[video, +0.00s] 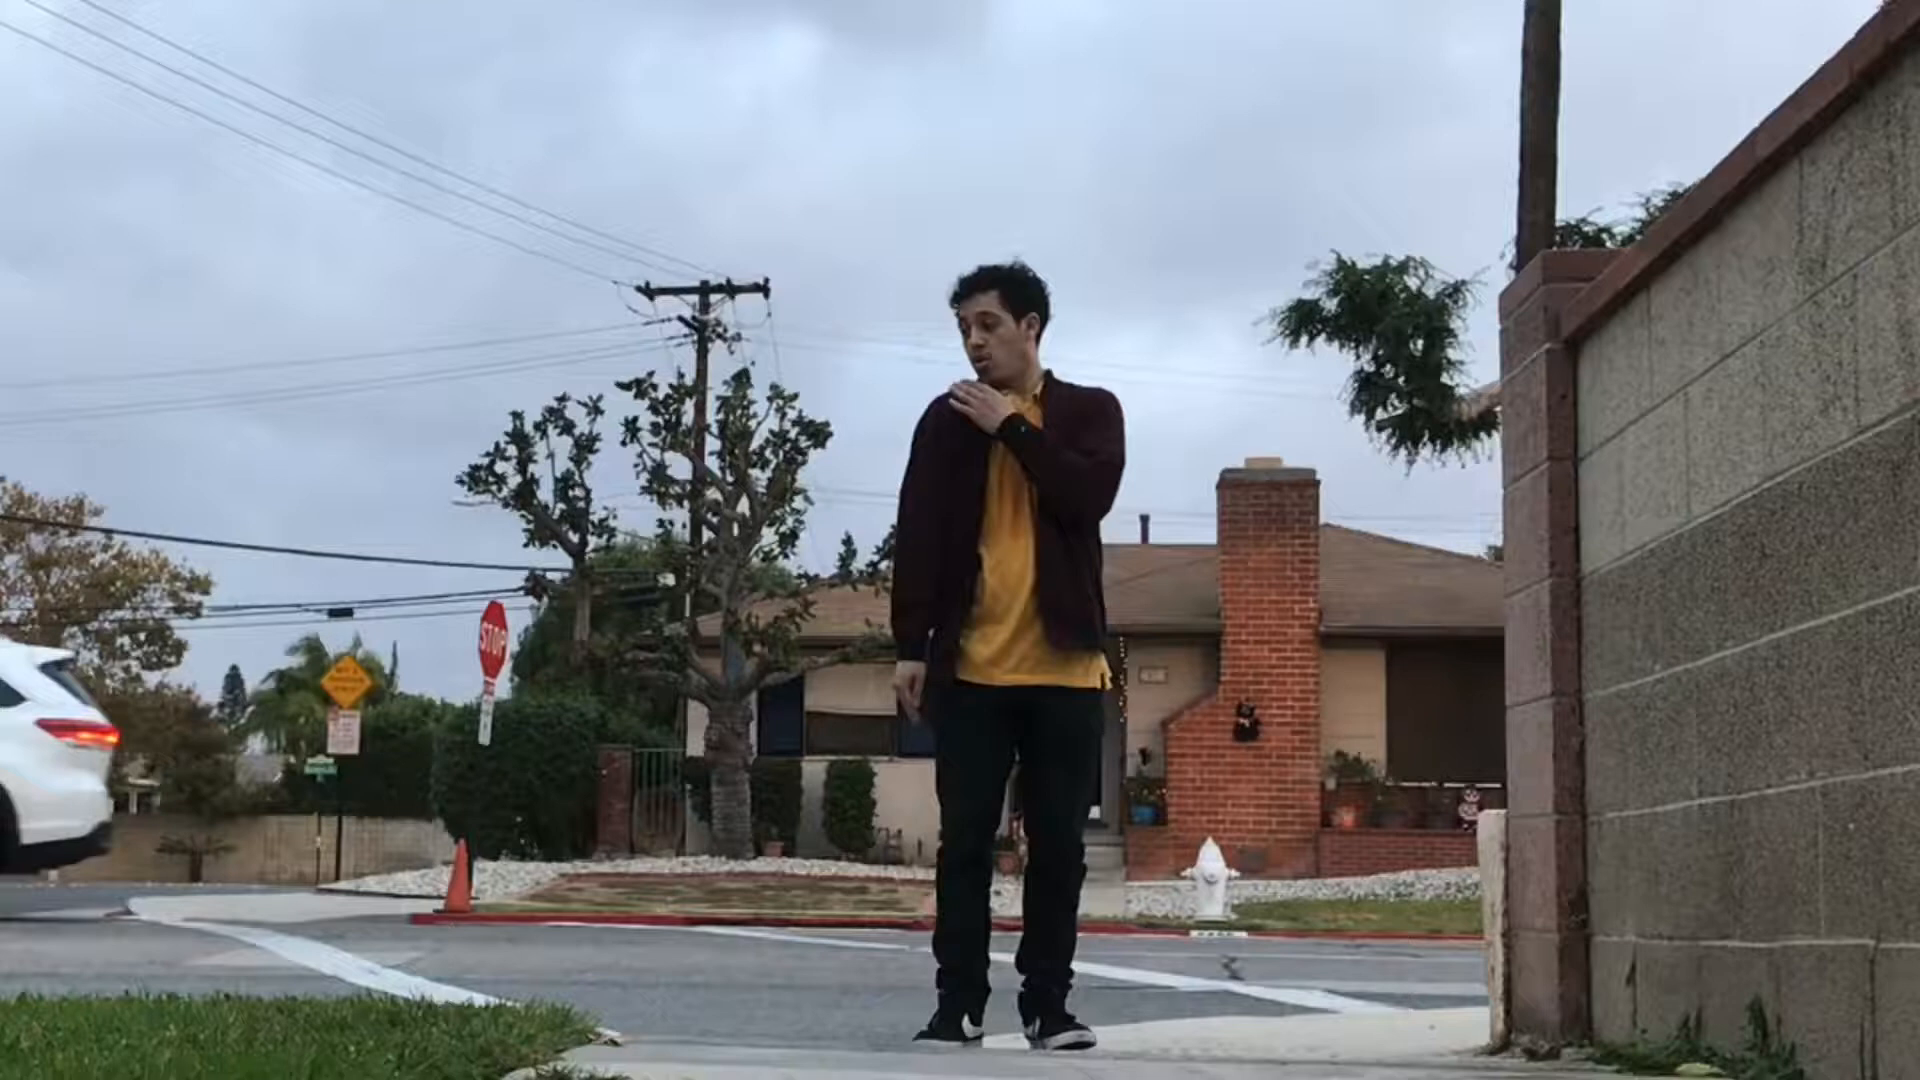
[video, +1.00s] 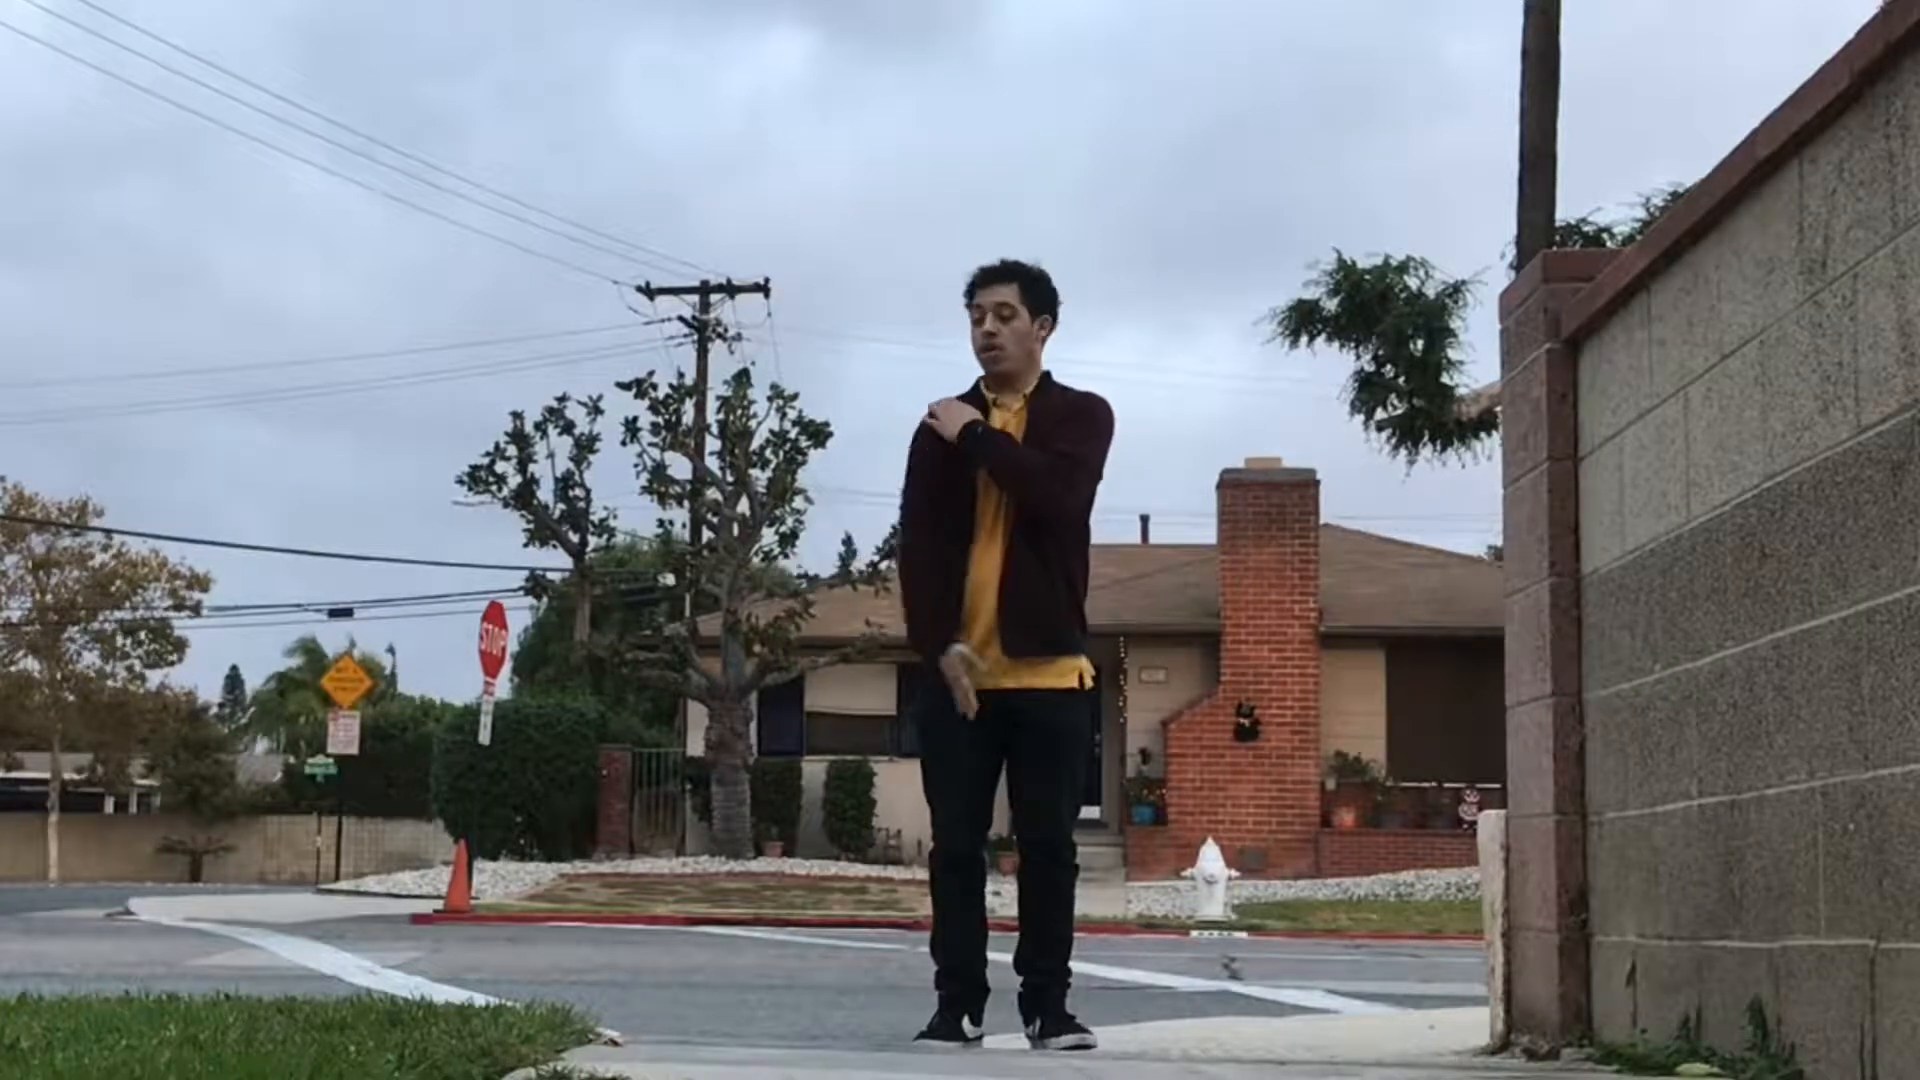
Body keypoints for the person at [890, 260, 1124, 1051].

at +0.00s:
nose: (974, 341)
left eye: (988, 325)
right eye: (966, 329)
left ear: (1032, 325)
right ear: (962, 338)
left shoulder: (1090, 410)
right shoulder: (947, 418)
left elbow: (1088, 497)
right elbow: (918, 534)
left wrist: (1010, 425)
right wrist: (912, 647)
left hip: (1066, 670)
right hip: (970, 667)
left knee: (1058, 847)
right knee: (965, 844)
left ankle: (1048, 1007)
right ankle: (959, 1005)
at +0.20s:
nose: (972, 338)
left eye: (985, 322)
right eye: (963, 326)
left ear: (1032, 325)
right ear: (960, 336)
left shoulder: (1083, 410)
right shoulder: (940, 413)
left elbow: (1062, 492)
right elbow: (909, 527)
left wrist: (981, 418)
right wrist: (895, 635)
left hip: (1056, 669)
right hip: (961, 666)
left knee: (1054, 846)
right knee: (961, 845)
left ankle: (1046, 1006)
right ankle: (958, 1005)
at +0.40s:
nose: (968, 336)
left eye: (982, 320)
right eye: (960, 324)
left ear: (1028, 327)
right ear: (956, 335)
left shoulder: (1080, 412)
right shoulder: (934, 428)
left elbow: (1057, 491)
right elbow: (882, 528)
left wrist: (973, 430)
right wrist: (886, 627)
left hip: (1051, 673)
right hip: (955, 674)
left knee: (1050, 847)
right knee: (957, 847)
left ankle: (1045, 1006)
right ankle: (958, 1007)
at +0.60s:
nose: (963, 335)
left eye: (978, 319)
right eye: (956, 324)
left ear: (1023, 325)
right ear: (952, 337)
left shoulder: (1075, 414)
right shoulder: (930, 426)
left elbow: (1056, 493)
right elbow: (861, 508)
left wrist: (968, 435)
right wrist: (800, 587)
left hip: (1052, 674)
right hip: (957, 675)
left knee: (1051, 848)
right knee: (957, 848)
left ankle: (1046, 1007)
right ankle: (957, 1007)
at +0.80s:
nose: (969, 332)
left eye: (984, 317)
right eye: (961, 322)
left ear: (1028, 325)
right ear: (957, 336)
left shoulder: (1078, 414)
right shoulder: (935, 427)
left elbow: (1056, 492)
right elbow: (869, 509)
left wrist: (972, 431)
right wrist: (796, 574)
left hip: (1050, 674)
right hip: (955, 674)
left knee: (1049, 848)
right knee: (956, 848)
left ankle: (1046, 1006)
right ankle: (957, 1008)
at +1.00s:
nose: (988, 328)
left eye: (1004, 315)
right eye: (978, 317)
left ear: (1043, 327)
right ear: (969, 331)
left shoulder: (1083, 414)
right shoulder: (943, 425)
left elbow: (1060, 496)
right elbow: (920, 545)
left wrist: (973, 432)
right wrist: (937, 646)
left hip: (1048, 673)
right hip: (956, 673)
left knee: (1049, 848)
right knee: (956, 849)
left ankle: (1047, 1008)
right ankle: (957, 1009)